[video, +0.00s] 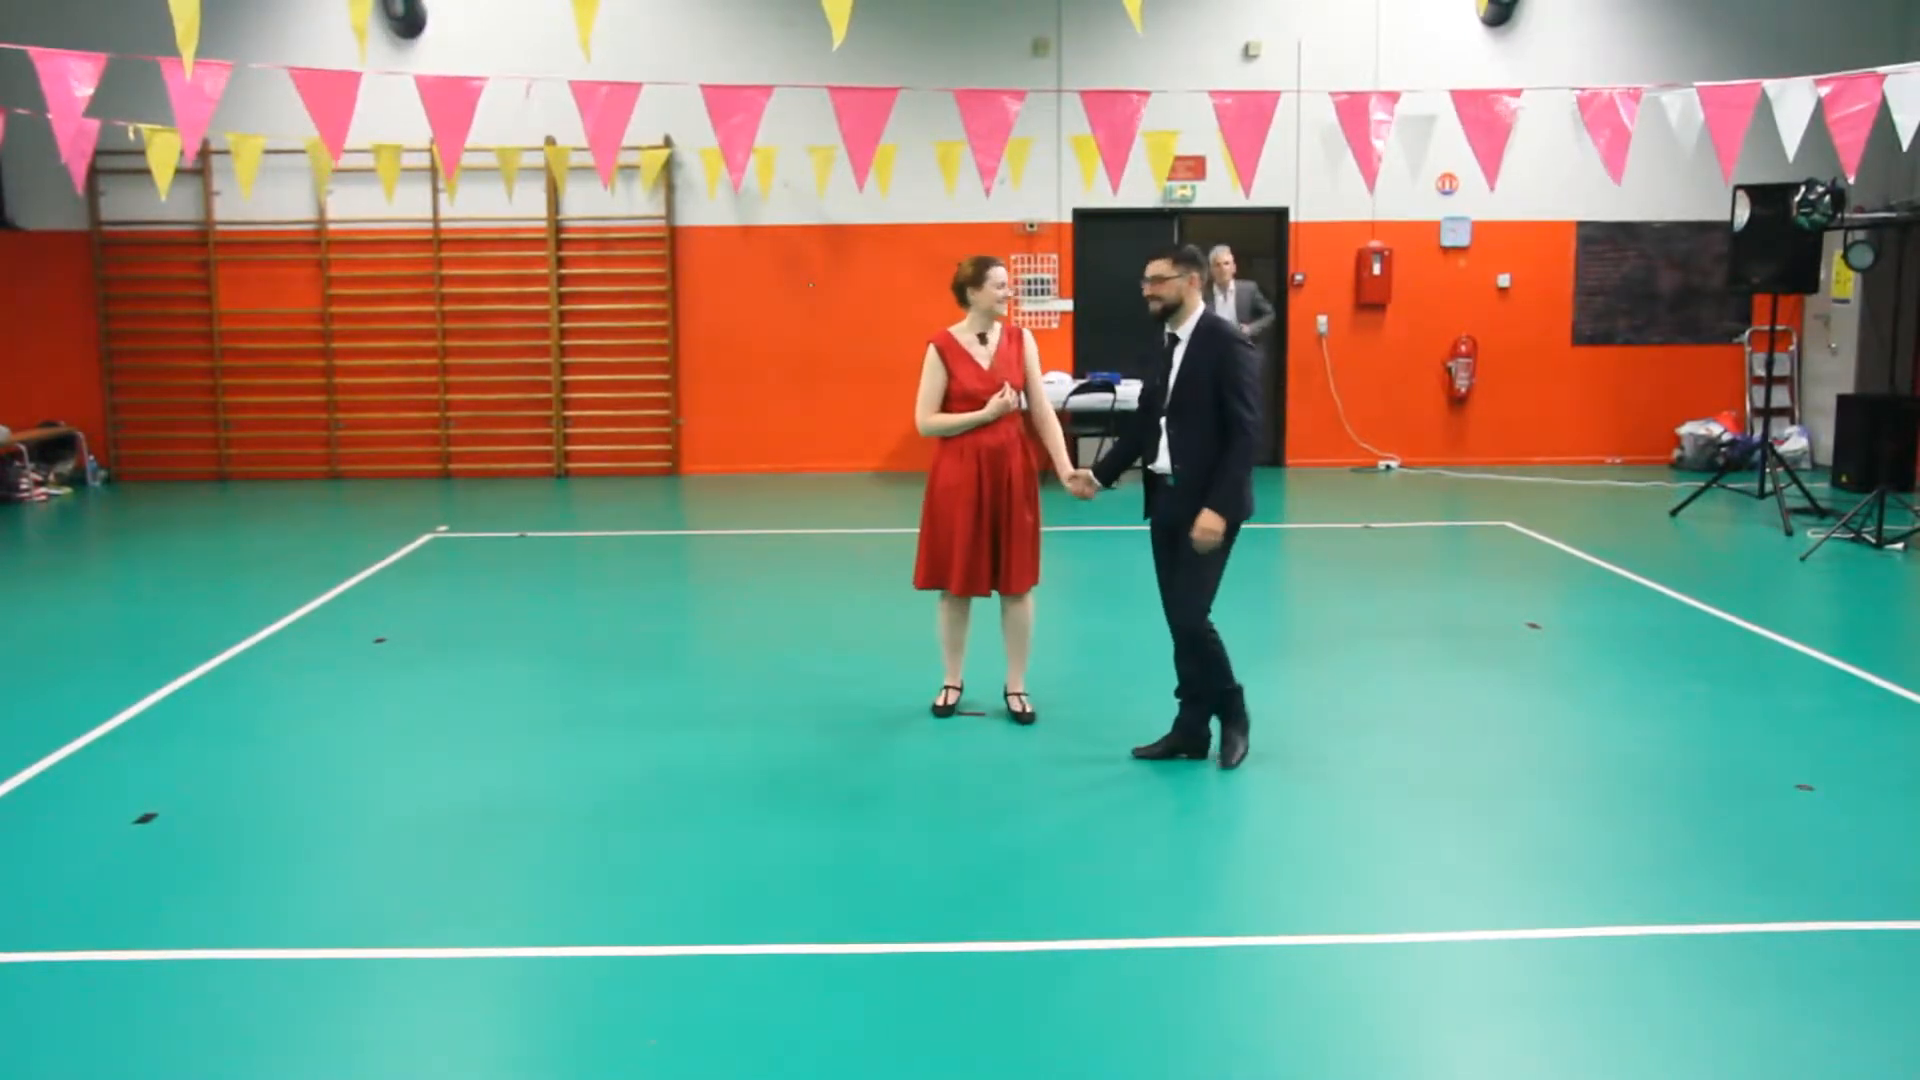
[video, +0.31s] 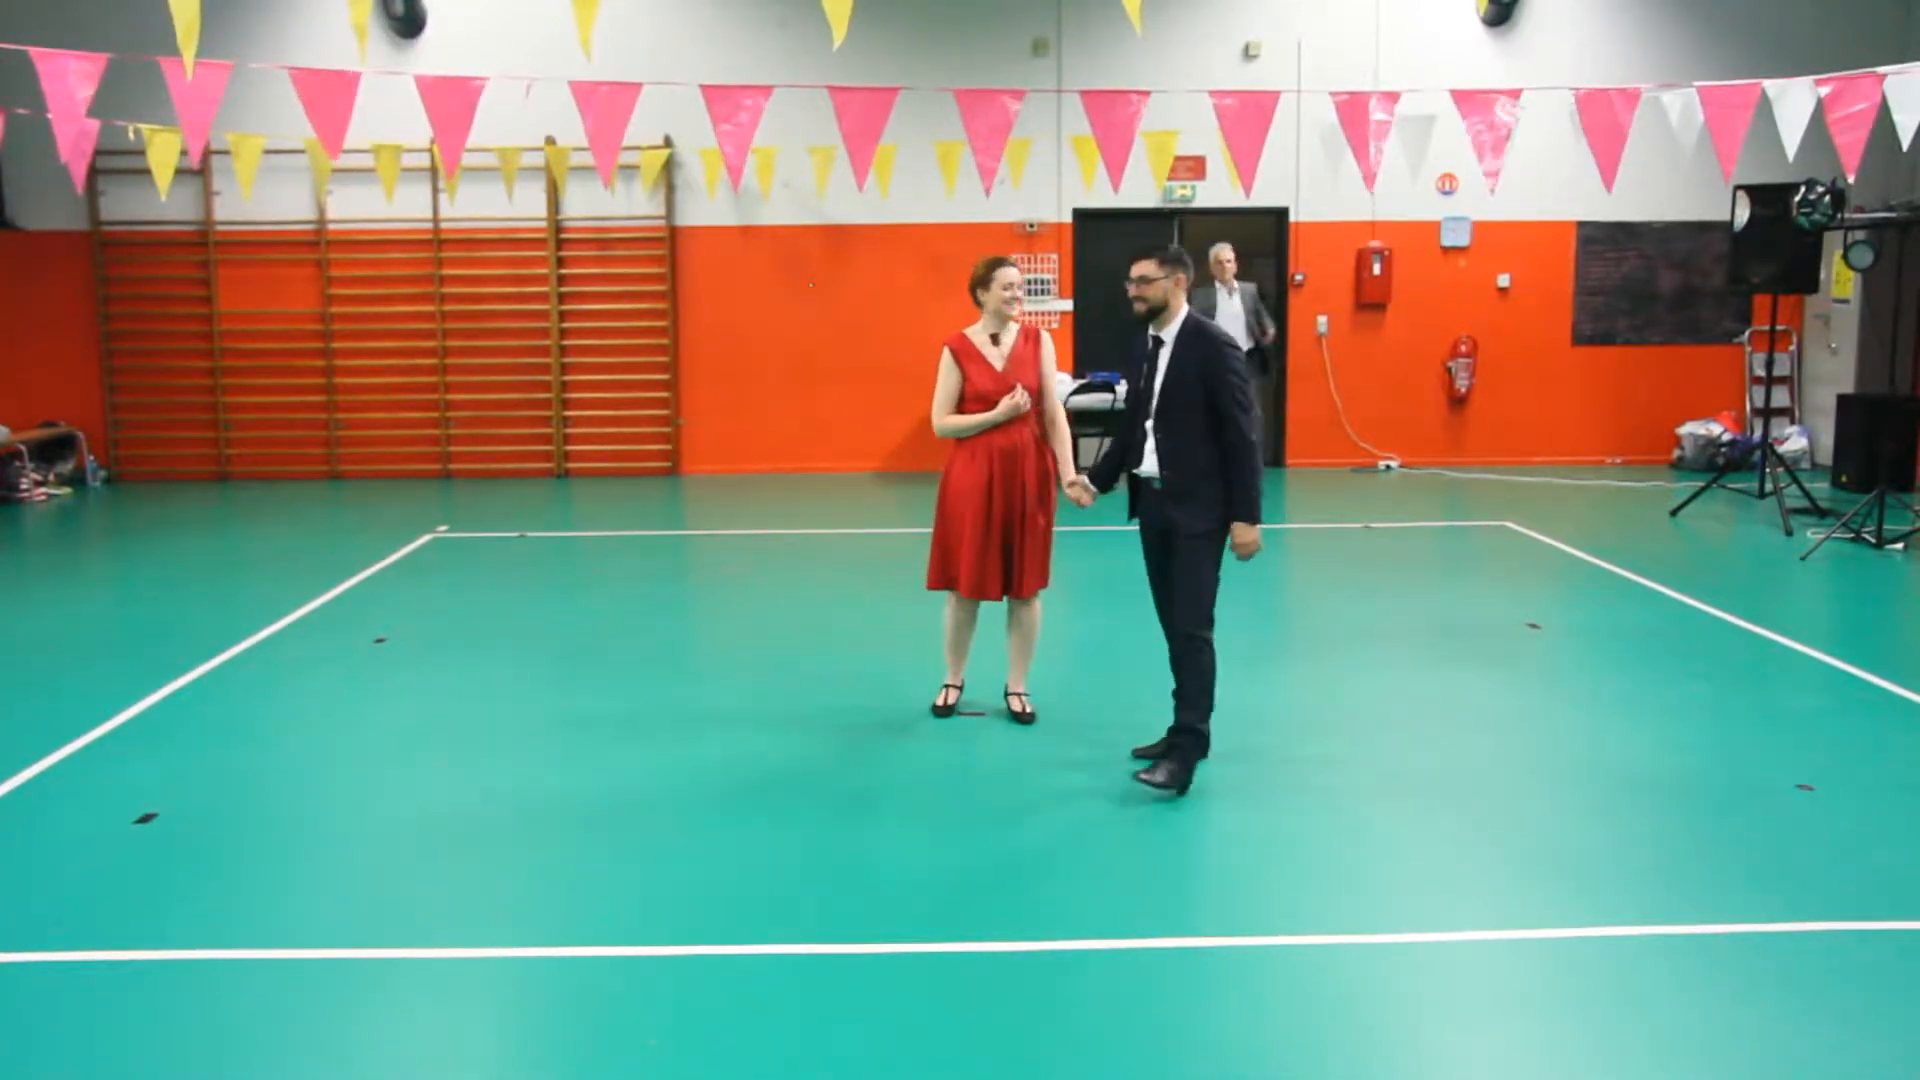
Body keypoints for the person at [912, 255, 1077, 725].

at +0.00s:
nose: (1007, 293)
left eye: (1008, 285)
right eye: (998, 286)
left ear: (1007, 291)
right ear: (970, 292)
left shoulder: (1020, 340)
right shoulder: (943, 347)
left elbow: (1042, 410)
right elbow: (927, 422)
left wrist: (1065, 469)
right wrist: (984, 413)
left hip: (1013, 474)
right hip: (960, 475)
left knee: (1016, 585)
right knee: (956, 585)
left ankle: (1016, 687)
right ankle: (952, 682)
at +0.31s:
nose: (1017, 295)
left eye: (1019, 287)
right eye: (1007, 288)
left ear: (1022, 292)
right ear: (981, 294)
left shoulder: (1038, 341)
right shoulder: (958, 348)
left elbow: (1054, 412)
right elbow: (941, 423)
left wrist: (1069, 473)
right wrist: (998, 413)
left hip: (1028, 472)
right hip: (975, 473)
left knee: (1024, 587)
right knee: (966, 584)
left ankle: (1017, 687)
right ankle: (953, 681)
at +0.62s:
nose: (1026, 296)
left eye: (1029, 289)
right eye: (1016, 290)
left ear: (1034, 294)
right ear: (992, 296)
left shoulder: (1052, 344)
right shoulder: (971, 350)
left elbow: (1067, 414)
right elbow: (954, 425)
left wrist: (1075, 467)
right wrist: (1011, 416)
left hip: (1041, 477)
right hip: (987, 477)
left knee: (1033, 590)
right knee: (977, 587)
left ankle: (1018, 685)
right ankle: (960, 677)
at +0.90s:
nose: (1026, 297)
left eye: (1031, 289)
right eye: (1016, 290)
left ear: (1037, 295)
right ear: (994, 296)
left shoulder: (1056, 344)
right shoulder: (974, 350)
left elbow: (1072, 409)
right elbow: (957, 425)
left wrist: (1087, 460)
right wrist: (1009, 417)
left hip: (1043, 478)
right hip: (988, 479)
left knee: (1035, 592)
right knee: (981, 591)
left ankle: (1017, 689)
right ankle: (966, 692)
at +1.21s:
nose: (1021, 297)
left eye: (1026, 289)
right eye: (1011, 290)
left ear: (1033, 295)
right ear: (989, 296)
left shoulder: (1051, 344)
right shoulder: (969, 351)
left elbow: (1072, 409)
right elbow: (951, 425)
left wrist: (1093, 454)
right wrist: (1005, 419)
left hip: (1038, 478)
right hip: (984, 479)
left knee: (1032, 593)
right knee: (975, 596)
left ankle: (1018, 688)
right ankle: (958, 699)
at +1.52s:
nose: (1013, 294)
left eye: (1018, 287)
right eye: (1002, 287)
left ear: (1024, 293)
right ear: (978, 293)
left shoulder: (1037, 343)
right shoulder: (956, 348)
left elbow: (1058, 408)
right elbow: (935, 423)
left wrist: (1082, 458)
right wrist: (993, 416)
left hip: (1023, 477)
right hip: (969, 479)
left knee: (1022, 593)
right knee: (968, 598)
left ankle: (1017, 686)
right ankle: (960, 700)